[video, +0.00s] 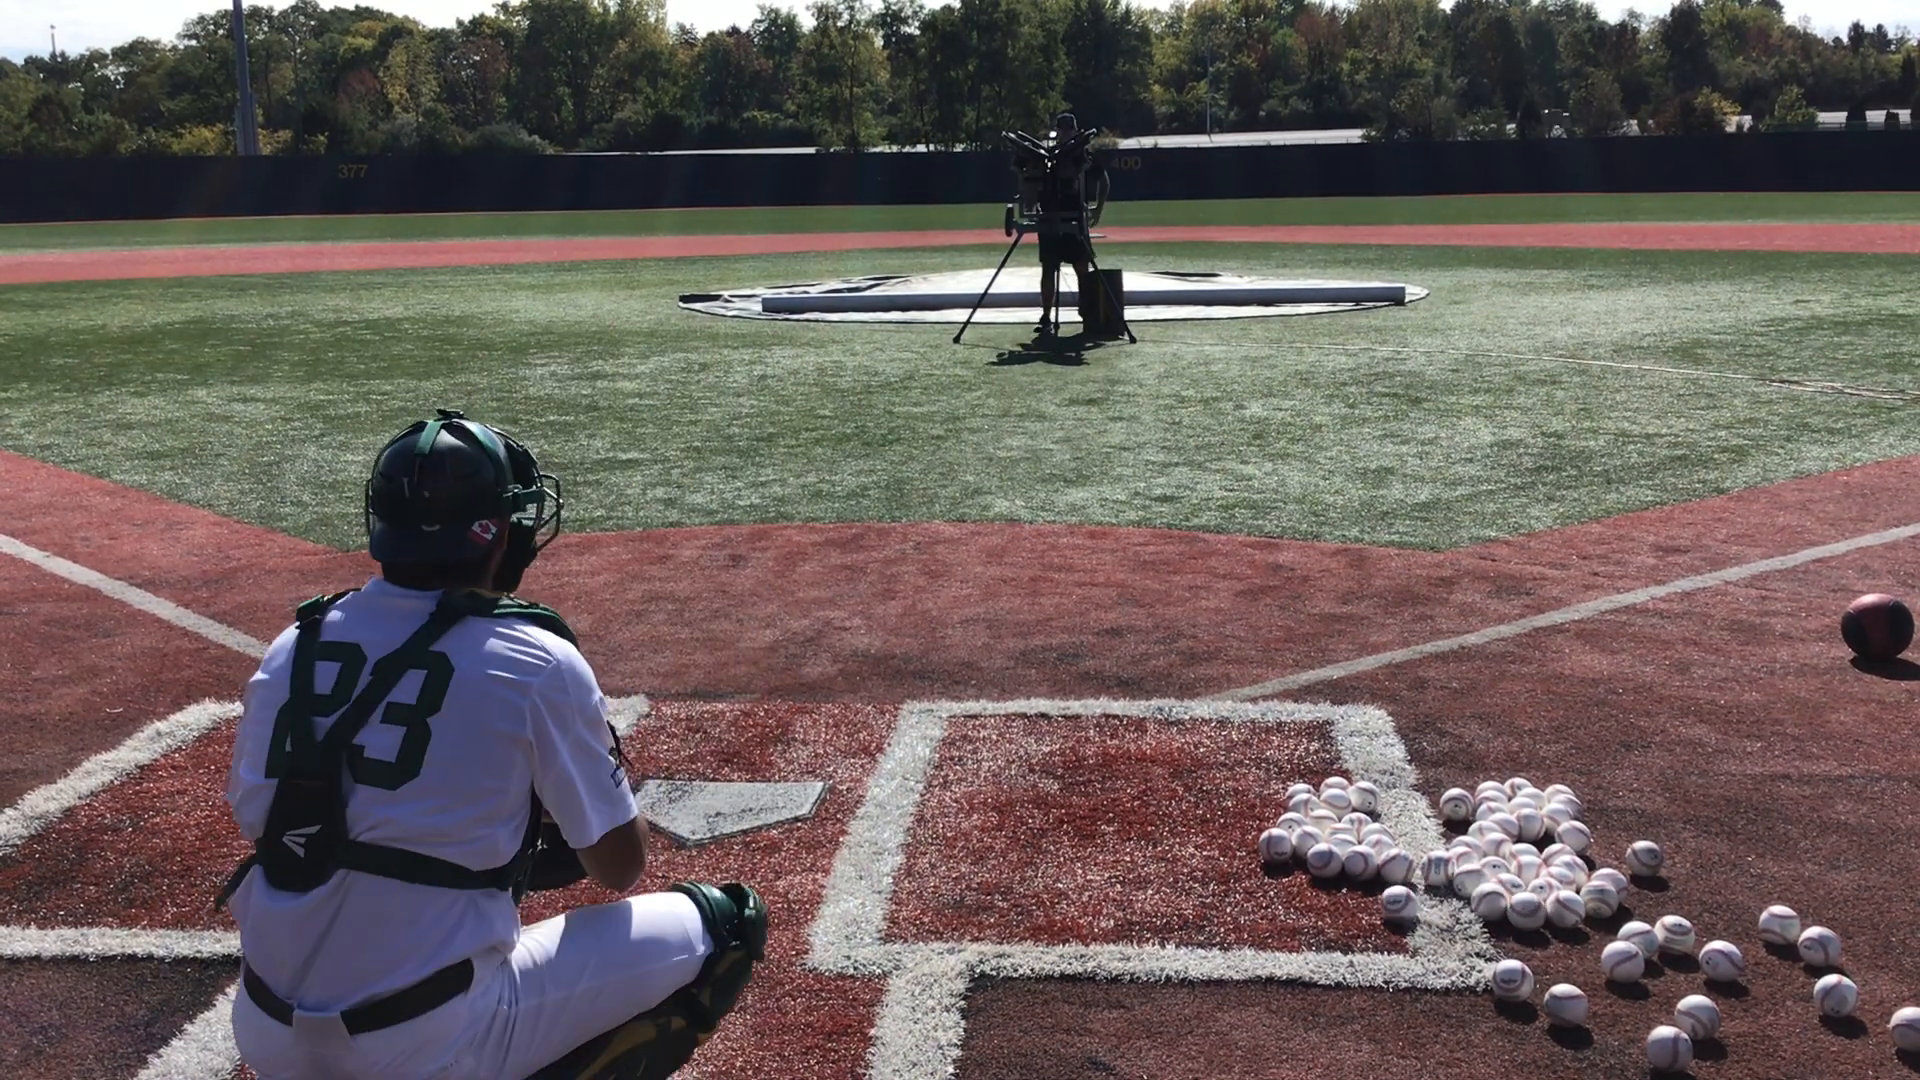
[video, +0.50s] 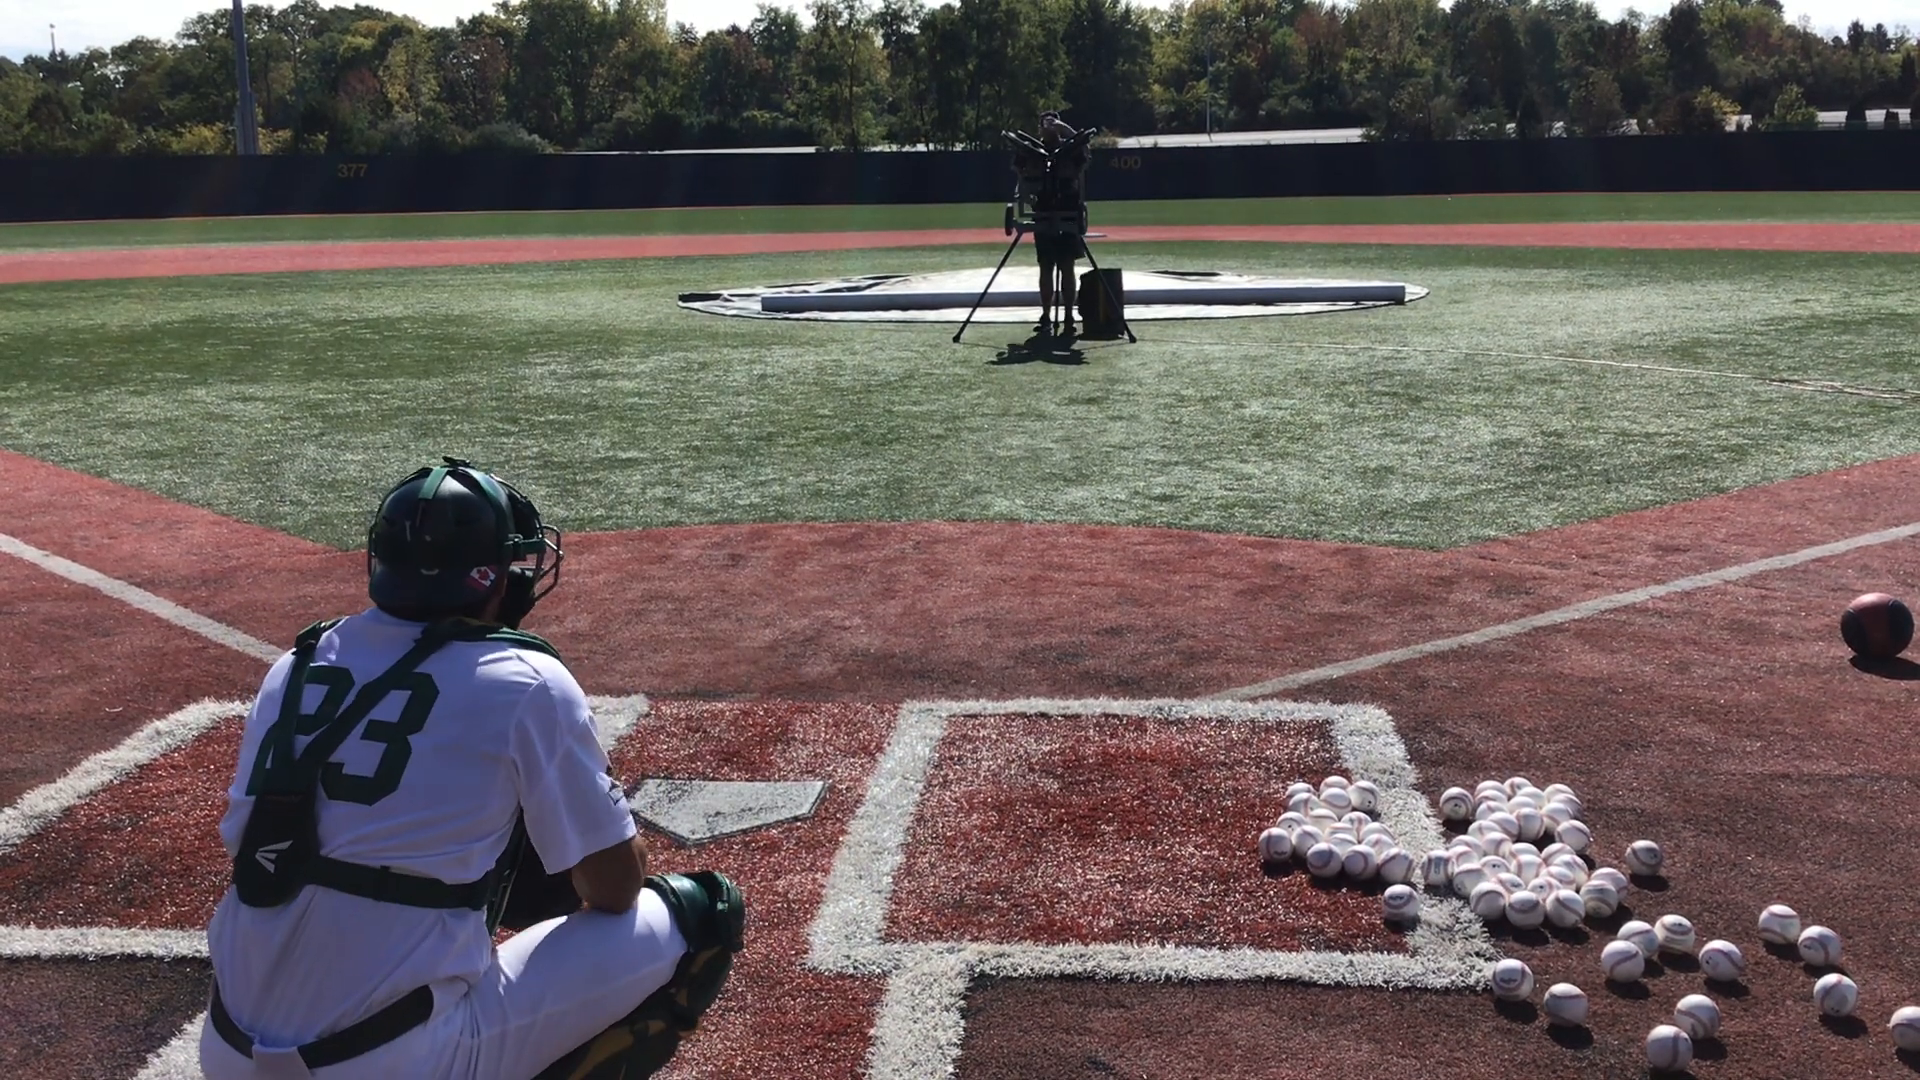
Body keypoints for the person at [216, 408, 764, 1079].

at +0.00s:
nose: (526, 534)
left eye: (521, 517)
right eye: (518, 519)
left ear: (384, 527)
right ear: (493, 540)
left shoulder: (293, 647)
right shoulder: (535, 663)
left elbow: (253, 818)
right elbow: (617, 867)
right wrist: (606, 772)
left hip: (266, 1036)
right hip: (425, 1047)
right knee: (727, 925)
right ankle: (558, 1070)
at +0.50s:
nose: (523, 576)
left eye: (520, 561)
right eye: (515, 565)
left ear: (384, 566)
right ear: (490, 583)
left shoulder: (300, 660)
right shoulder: (526, 683)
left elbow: (242, 838)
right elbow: (613, 888)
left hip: (232, 1045)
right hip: (398, 1058)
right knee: (703, 911)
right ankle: (563, 1064)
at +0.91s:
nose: (531, 576)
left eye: (527, 562)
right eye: (522, 566)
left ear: (390, 569)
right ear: (496, 587)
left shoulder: (301, 666)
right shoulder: (541, 684)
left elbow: (246, 852)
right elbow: (619, 890)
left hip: (240, 1048)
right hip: (413, 1061)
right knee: (702, 906)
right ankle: (562, 1067)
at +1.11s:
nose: (533, 575)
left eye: (530, 560)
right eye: (525, 563)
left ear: (391, 570)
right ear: (500, 585)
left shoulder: (302, 668)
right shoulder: (546, 684)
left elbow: (246, 860)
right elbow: (619, 892)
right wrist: (642, 828)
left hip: (242, 1048)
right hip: (417, 1062)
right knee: (700, 905)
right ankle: (560, 1069)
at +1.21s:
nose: (530, 565)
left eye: (526, 550)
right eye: (521, 553)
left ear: (390, 560)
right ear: (498, 575)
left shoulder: (303, 660)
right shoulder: (545, 675)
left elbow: (247, 845)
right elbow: (627, 873)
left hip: (245, 1042)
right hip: (416, 1056)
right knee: (701, 907)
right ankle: (560, 1070)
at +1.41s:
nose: (526, 475)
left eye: (523, 459)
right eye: (519, 462)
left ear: (388, 469)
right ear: (498, 478)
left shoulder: (311, 561)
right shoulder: (543, 565)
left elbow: (236, 747)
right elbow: (687, 736)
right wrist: (597, 691)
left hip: (266, 953)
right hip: (425, 949)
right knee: (665, 860)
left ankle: (341, 1065)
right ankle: (521, 1067)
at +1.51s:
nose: (536, 443)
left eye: (532, 427)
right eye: (529, 429)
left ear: (402, 433)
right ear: (510, 441)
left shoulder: (327, 519)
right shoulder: (558, 521)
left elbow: (245, 700)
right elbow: (711, 697)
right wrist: (608, 684)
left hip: (269, 880)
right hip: (446, 888)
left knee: (243, 793)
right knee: (705, 824)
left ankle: (255, 1068)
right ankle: (620, 1066)